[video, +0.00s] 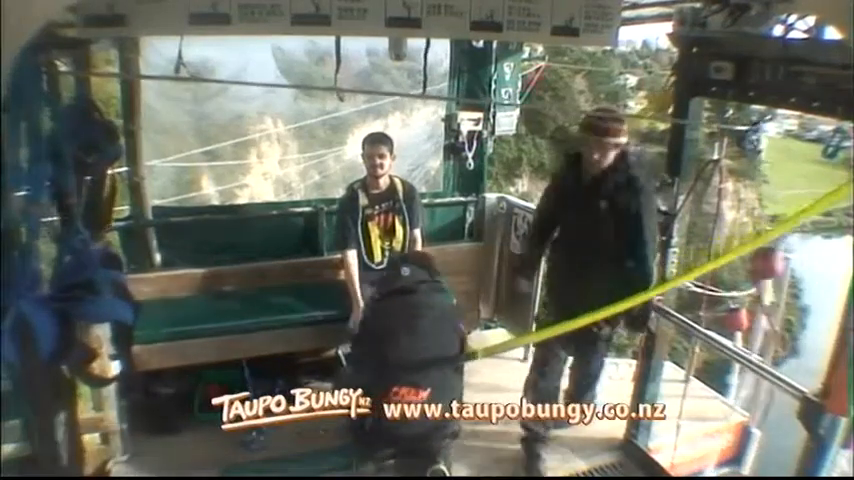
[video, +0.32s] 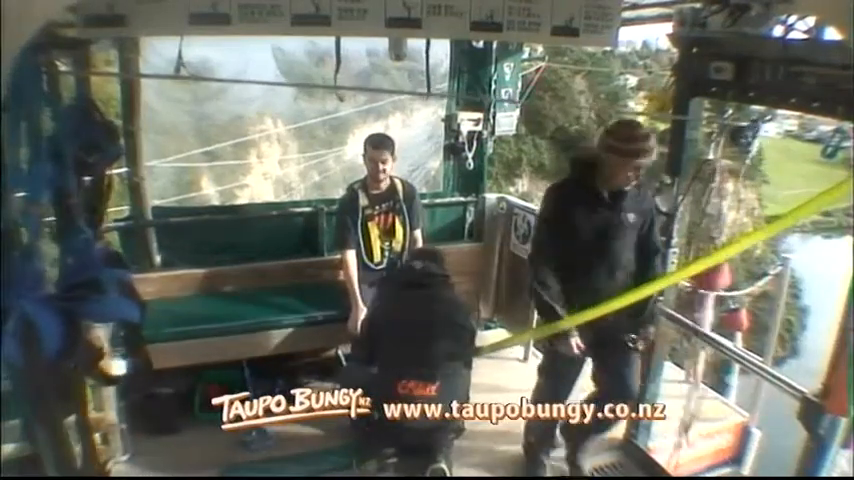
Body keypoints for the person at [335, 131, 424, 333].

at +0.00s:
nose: (376, 163)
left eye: (381, 157)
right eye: (370, 157)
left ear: (392, 159)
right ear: (363, 160)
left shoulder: (407, 192)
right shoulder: (351, 199)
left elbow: (415, 239)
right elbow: (350, 253)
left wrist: (415, 282)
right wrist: (357, 303)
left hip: (401, 278)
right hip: (367, 281)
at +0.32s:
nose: (378, 168)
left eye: (384, 162)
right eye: (373, 161)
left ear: (393, 161)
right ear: (364, 161)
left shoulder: (407, 192)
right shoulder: (351, 200)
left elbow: (416, 240)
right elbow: (349, 254)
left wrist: (418, 285)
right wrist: (357, 304)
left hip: (402, 282)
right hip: (367, 284)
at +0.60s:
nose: (380, 176)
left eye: (385, 170)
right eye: (374, 170)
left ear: (393, 164)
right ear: (364, 164)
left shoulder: (406, 191)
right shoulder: (350, 200)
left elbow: (415, 239)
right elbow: (348, 254)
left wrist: (409, 276)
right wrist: (357, 304)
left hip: (400, 279)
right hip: (366, 281)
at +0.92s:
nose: (379, 178)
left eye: (384, 173)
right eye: (373, 173)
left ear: (392, 167)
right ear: (363, 167)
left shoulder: (406, 192)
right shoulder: (349, 201)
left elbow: (415, 239)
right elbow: (347, 255)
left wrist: (412, 280)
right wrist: (357, 305)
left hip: (399, 276)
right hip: (365, 278)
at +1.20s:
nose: (378, 181)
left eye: (383, 175)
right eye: (372, 175)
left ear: (391, 167)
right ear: (362, 167)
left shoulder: (405, 191)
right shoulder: (349, 200)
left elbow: (415, 239)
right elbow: (348, 254)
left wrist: (412, 284)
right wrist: (357, 305)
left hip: (400, 278)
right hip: (366, 280)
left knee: (403, 333)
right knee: (367, 336)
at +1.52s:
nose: (369, 170)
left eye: (376, 164)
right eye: (366, 164)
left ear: (389, 164)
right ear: (361, 162)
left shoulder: (405, 192)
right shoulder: (348, 200)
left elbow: (415, 240)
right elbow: (348, 254)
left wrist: (415, 283)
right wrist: (358, 304)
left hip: (400, 275)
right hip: (367, 278)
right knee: (370, 335)